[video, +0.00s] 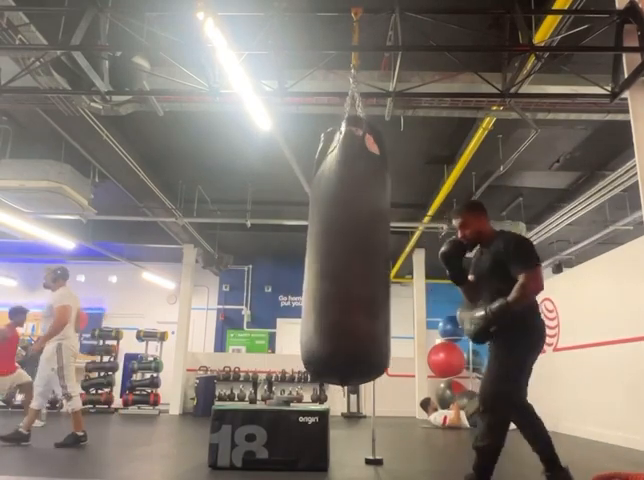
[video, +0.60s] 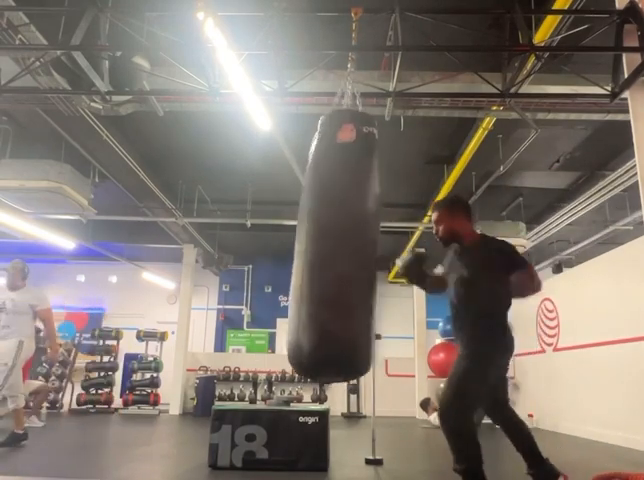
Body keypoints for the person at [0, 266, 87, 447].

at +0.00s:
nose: (44, 282)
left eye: (47, 278)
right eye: (45, 278)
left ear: (58, 278)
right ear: (61, 279)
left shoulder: (62, 294)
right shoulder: (67, 295)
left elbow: (62, 320)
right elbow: (76, 323)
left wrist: (42, 340)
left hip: (61, 344)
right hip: (55, 344)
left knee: (68, 389)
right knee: (40, 387)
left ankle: (79, 431)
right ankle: (24, 430)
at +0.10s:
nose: (38, 281)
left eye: (41, 278)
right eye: (39, 278)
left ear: (53, 278)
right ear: (52, 278)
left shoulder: (59, 294)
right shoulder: (48, 296)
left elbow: (62, 320)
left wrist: (42, 342)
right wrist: (36, 342)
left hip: (54, 346)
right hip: (42, 346)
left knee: (60, 389)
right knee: (33, 388)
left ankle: (75, 429)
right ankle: (22, 431)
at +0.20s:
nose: (32, 279)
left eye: (35, 276)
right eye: (32, 276)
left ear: (46, 276)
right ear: (45, 277)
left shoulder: (56, 293)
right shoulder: (40, 296)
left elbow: (61, 320)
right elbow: (37, 321)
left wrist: (46, 343)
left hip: (44, 343)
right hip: (32, 343)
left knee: (37, 388)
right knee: (26, 388)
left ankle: (66, 423)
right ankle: (21, 431)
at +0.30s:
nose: (25, 278)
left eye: (29, 275)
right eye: (26, 275)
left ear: (41, 276)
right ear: (37, 278)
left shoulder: (52, 293)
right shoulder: (32, 298)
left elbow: (62, 318)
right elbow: (24, 325)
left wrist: (51, 343)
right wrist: (16, 343)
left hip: (35, 343)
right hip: (24, 342)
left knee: (18, 388)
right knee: (24, 388)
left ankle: (46, 420)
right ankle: (21, 431)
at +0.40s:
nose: (20, 279)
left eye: (23, 275)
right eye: (20, 275)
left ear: (34, 276)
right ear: (25, 277)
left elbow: (60, 318)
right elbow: (16, 323)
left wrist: (55, 343)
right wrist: (5, 340)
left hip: (33, 341)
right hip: (18, 341)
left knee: (6, 383)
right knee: (22, 387)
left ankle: (20, 427)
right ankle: (22, 429)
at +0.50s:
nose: (15, 278)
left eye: (19, 275)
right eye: (14, 274)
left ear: (29, 276)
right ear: (15, 276)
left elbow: (55, 319)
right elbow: (8, 322)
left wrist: (55, 347)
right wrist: (3, 341)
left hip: (29, 342)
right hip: (11, 341)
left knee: (6, 376)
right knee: (18, 386)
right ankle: (20, 430)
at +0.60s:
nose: (8, 276)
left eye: (13, 273)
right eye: (8, 272)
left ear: (23, 276)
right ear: (7, 274)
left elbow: (48, 321)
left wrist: (53, 347)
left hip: (21, 344)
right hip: (4, 343)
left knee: (12, 384)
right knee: (11, 385)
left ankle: (19, 429)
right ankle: (19, 429)